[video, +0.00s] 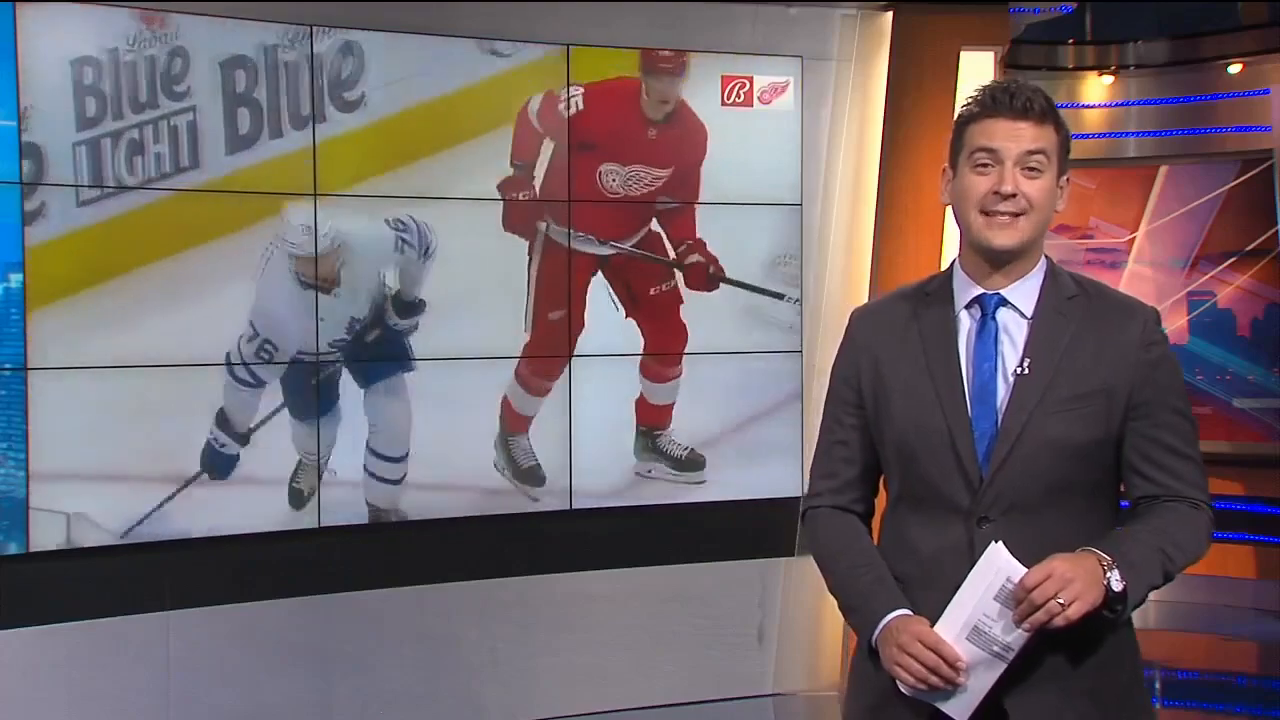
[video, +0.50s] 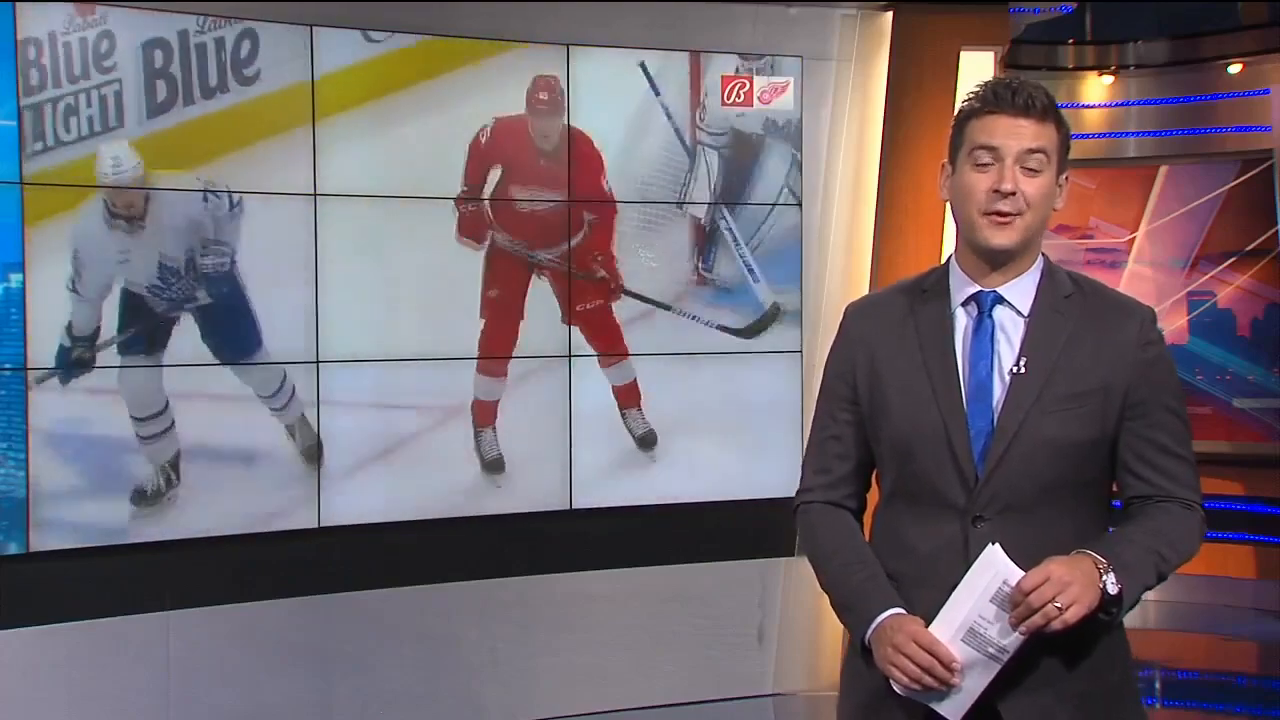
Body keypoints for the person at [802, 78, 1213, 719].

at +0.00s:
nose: (1007, 185)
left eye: (1032, 168)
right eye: (984, 164)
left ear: (1060, 193)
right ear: (949, 186)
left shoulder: (1127, 332)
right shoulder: (876, 332)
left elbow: (1181, 507)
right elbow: (831, 506)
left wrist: (1107, 566)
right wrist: (885, 620)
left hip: (1071, 690)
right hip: (907, 687)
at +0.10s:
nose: (1008, 184)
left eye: (1033, 166)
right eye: (985, 162)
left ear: (1061, 193)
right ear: (950, 185)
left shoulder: (1127, 332)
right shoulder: (876, 332)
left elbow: (1182, 507)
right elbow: (832, 506)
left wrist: (1109, 566)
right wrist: (887, 619)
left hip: (1073, 690)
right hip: (908, 687)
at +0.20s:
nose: (1008, 182)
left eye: (1033, 165)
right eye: (985, 161)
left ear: (1061, 193)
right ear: (950, 185)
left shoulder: (1127, 332)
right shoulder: (876, 331)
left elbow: (1180, 507)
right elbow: (831, 506)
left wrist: (1109, 566)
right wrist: (886, 619)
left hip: (1072, 690)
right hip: (907, 687)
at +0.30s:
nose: (1007, 182)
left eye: (1032, 164)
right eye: (985, 160)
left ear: (1060, 192)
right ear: (949, 183)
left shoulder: (1126, 331)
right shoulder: (875, 329)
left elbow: (1177, 506)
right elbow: (830, 503)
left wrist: (1107, 566)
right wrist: (884, 619)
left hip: (1070, 688)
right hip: (905, 685)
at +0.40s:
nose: (1007, 182)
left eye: (1032, 164)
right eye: (984, 160)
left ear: (1060, 191)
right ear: (949, 182)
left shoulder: (1125, 331)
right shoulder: (873, 327)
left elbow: (1175, 505)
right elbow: (828, 502)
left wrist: (1104, 567)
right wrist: (881, 618)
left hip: (1067, 689)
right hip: (902, 685)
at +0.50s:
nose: (1006, 185)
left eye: (1031, 166)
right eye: (984, 161)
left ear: (1058, 192)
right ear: (948, 184)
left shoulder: (1123, 332)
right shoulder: (871, 326)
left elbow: (1172, 507)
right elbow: (824, 502)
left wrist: (1102, 568)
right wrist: (879, 619)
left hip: (1064, 688)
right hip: (899, 685)